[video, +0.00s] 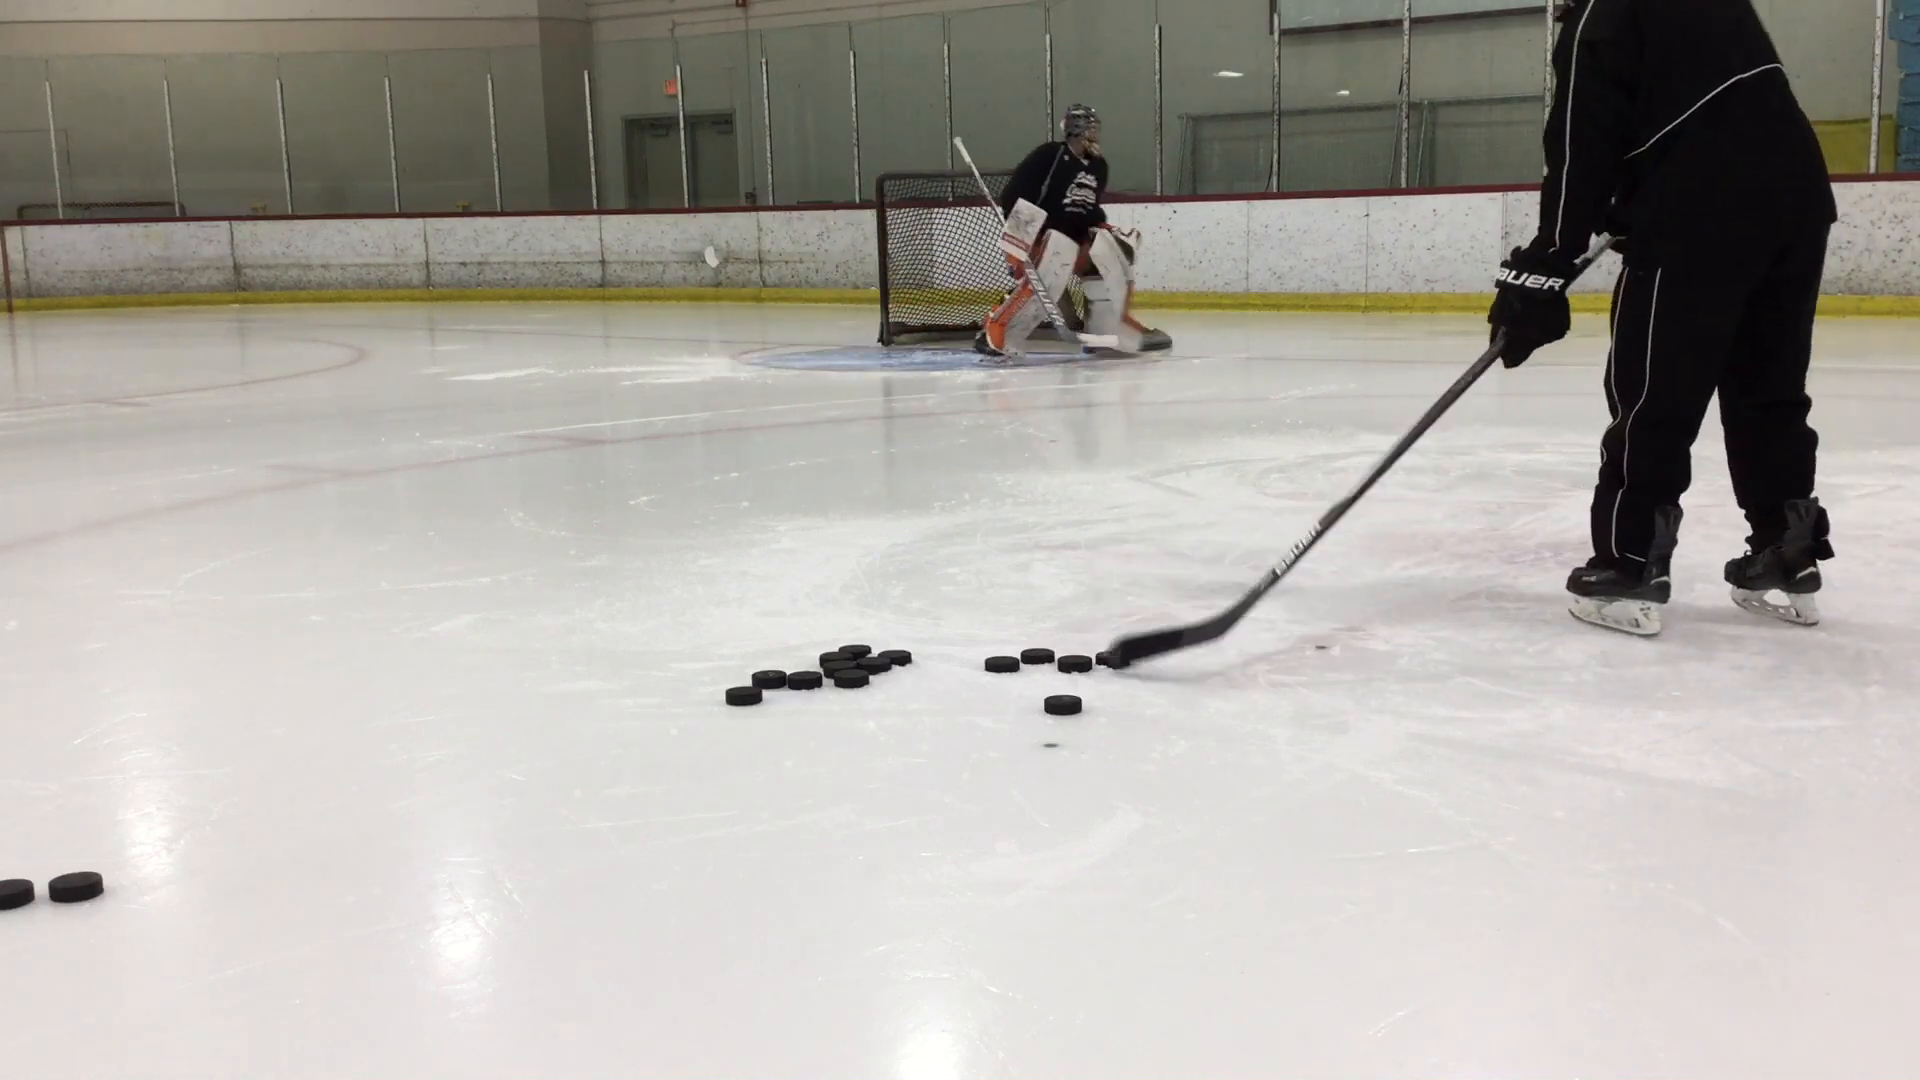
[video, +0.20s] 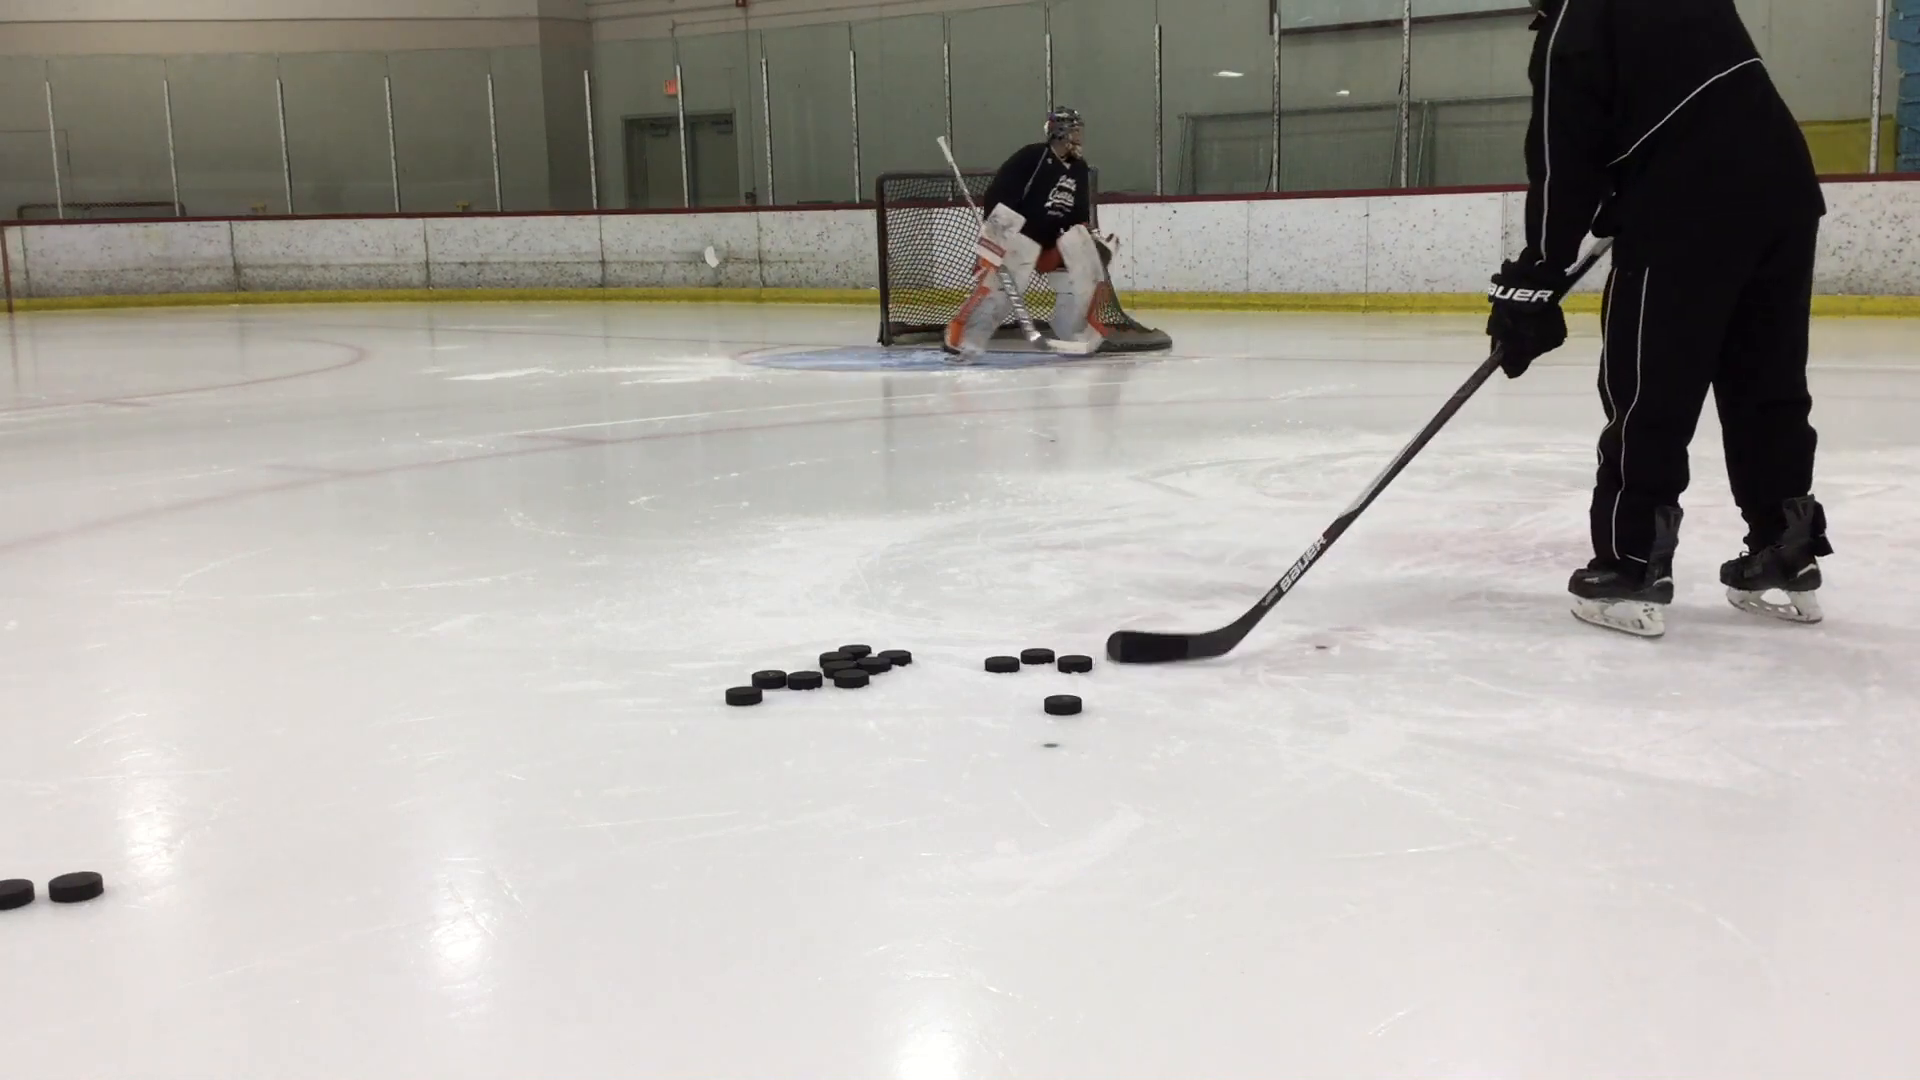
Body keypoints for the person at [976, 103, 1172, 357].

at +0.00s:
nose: (1096, 136)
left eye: (1096, 130)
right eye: (1090, 129)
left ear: (1094, 132)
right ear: (1075, 131)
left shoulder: (1098, 165)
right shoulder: (1048, 155)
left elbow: (1090, 206)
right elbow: (1015, 196)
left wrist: (1102, 231)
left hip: (1082, 235)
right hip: (1048, 232)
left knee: (1117, 257)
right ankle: (997, 334)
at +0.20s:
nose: (1079, 137)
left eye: (1080, 131)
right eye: (1073, 131)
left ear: (1079, 134)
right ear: (1057, 133)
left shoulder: (1079, 169)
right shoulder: (1031, 156)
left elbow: (1080, 215)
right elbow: (997, 198)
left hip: (1057, 245)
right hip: (1019, 239)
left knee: (1083, 274)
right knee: (1003, 290)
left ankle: (1068, 338)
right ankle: (966, 344)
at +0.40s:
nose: (1053, 141)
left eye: (1055, 135)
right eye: (1047, 135)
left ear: (1058, 137)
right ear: (1031, 137)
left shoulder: (1062, 168)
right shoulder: (1004, 160)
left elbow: (1072, 211)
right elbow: (967, 203)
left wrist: (1085, 232)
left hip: (1040, 237)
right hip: (993, 233)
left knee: (1054, 284)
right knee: (971, 279)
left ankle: (1050, 335)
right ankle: (942, 337)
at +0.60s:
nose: (983, 137)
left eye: (989, 132)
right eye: (979, 132)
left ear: (999, 135)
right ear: (972, 135)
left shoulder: (1018, 163)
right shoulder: (957, 161)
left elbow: (1039, 199)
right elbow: (924, 195)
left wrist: (1048, 230)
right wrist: (892, 227)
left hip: (1004, 236)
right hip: (959, 232)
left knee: (1025, 290)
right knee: (925, 276)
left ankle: (1025, 333)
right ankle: (920, 335)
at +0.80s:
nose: (901, 139)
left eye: (907, 133)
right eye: (898, 133)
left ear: (921, 134)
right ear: (894, 134)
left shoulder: (950, 161)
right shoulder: (889, 164)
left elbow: (977, 193)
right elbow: (870, 195)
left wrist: (974, 231)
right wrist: (847, 226)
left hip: (951, 235)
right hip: (909, 236)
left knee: (973, 278)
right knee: (882, 280)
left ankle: (1015, 330)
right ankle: (898, 335)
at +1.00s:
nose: (849, 131)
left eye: (854, 125)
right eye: (846, 125)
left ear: (869, 127)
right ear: (842, 126)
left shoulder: (894, 154)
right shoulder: (837, 152)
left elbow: (924, 187)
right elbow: (830, 189)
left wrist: (913, 229)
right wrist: (815, 223)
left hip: (890, 237)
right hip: (854, 234)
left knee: (908, 294)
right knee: (841, 286)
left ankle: (954, 329)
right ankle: (855, 338)